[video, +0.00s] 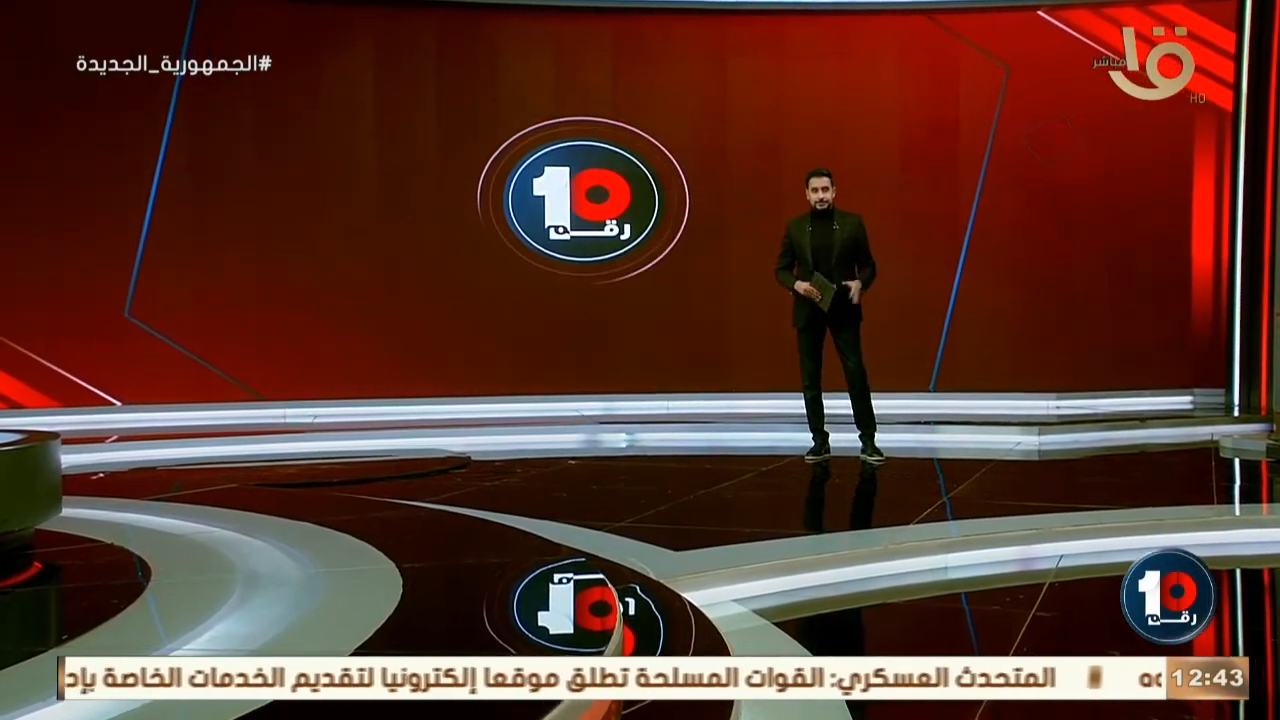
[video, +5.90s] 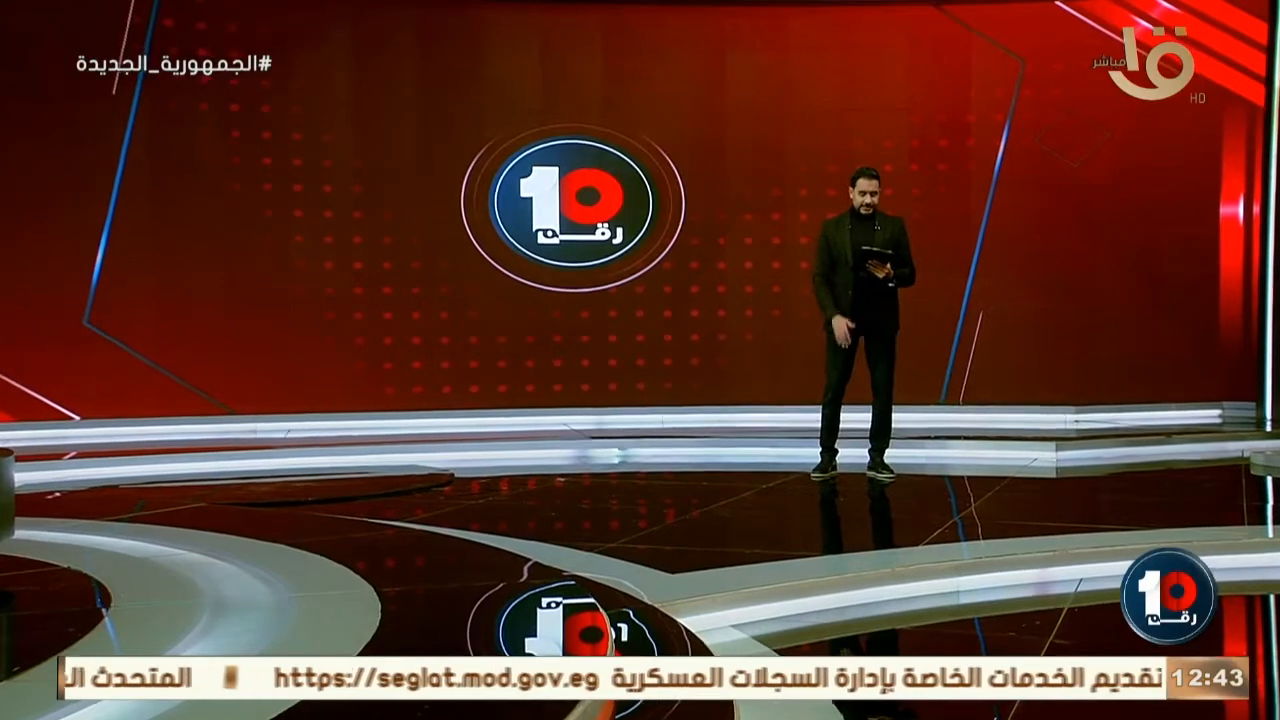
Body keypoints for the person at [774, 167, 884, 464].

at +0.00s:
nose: (820, 195)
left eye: (825, 189)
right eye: (815, 190)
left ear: (834, 191)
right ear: (807, 194)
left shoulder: (852, 224)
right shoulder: (796, 228)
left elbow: (868, 266)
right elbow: (782, 270)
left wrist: (860, 283)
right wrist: (796, 284)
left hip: (844, 311)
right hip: (809, 312)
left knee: (856, 373)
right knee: (810, 378)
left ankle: (868, 441)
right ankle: (819, 441)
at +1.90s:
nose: (866, 205)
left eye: (872, 199)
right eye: (861, 199)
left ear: (879, 197)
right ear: (852, 195)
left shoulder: (895, 225)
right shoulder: (838, 226)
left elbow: (909, 272)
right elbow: (822, 272)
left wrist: (887, 272)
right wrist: (836, 269)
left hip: (882, 315)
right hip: (846, 314)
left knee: (882, 381)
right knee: (833, 375)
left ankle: (873, 447)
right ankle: (825, 443)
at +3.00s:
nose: (860, 204)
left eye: (866, 198)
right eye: (855, 198)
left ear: (874, 196)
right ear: (846, 195)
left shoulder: (889, 225)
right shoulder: (833, 225)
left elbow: (903, 273)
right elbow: (820, 273)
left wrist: (880, 271)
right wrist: (820, 313)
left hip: (877, 316)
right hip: (840, 315)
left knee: (879, 383)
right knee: (830, 379)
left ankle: (873, 449)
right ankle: (824, 447)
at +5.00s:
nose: (850, 202)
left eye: (855, 196)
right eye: (844, 196)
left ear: (862, 195)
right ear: (832, 194)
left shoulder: (875, 225)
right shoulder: (815, 227)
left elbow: (890, 272)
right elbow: (800, 267)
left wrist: (872, 272)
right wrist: (788, 302)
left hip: (863, 318)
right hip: (825, 318)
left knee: (870, 385)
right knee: (822, 387)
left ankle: (874, 455)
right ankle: (824, 454)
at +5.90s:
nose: (868, 199)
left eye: (874, 194)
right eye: (863, 193)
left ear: (880, 195)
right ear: (851, 192)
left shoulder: (893, 227)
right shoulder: (833, 228)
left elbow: (909, 276)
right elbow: (820, 278)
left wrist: (891, 274)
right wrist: (833, 316)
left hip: (882, 322)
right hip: (844, 321)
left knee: (883, 391)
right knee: (834, 389)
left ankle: (877, 458)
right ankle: (827, 456)